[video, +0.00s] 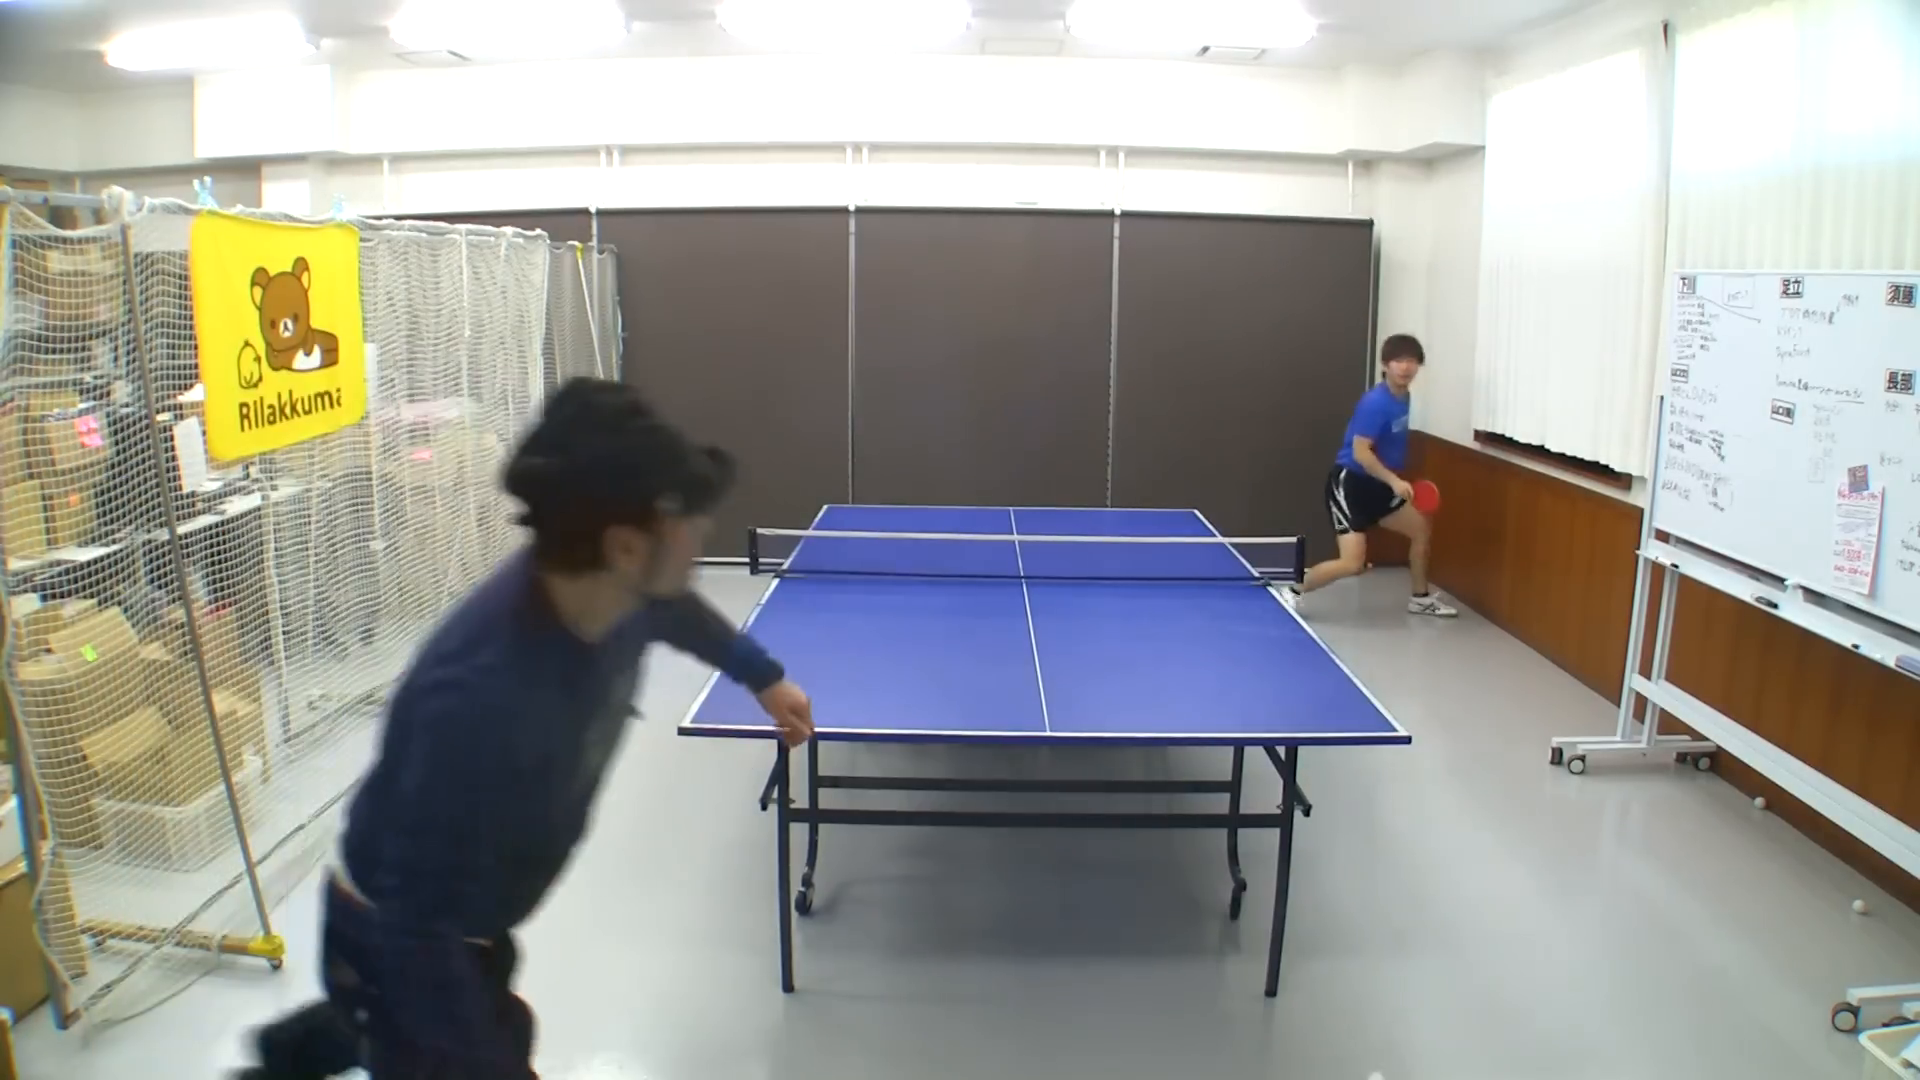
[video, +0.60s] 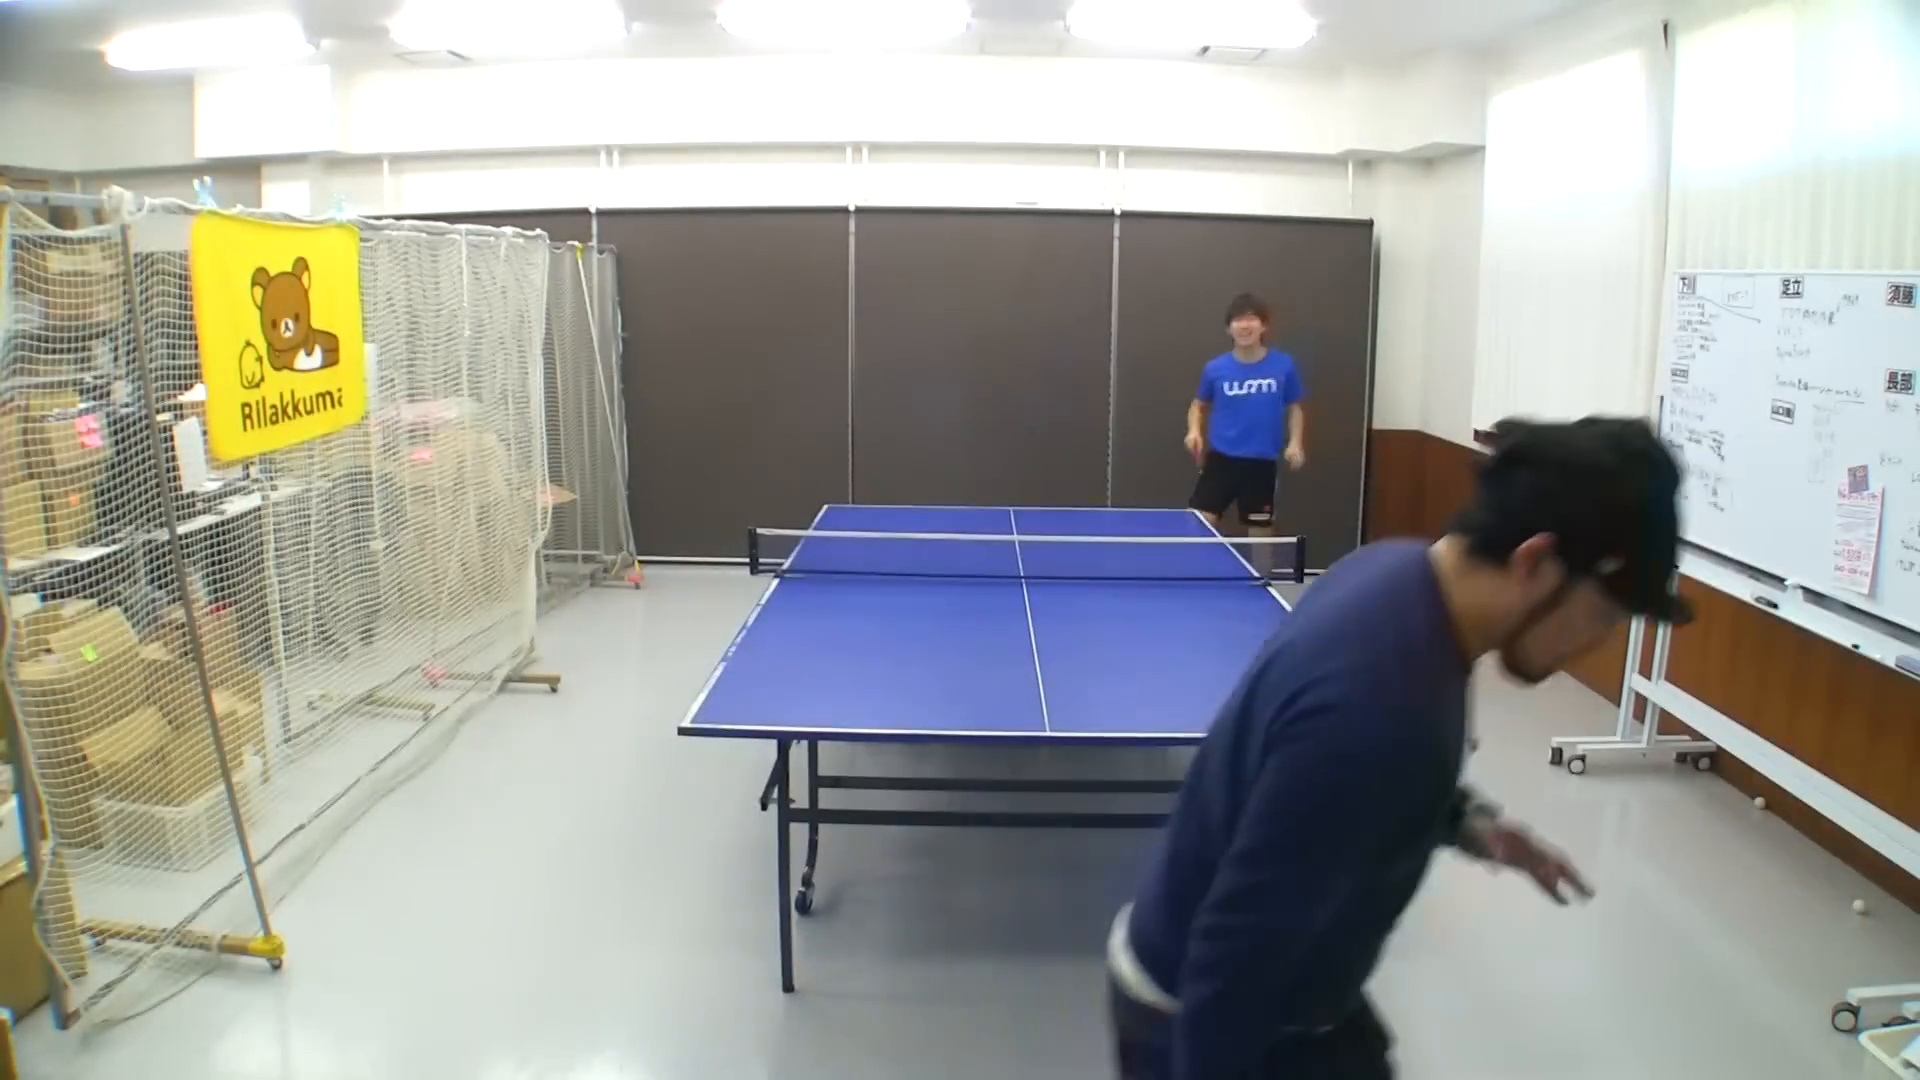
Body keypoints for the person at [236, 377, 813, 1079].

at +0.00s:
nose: (698, 534)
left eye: (692, 515)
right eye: (684, 519)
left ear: (624, 547)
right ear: (625, 548)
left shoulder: (609, 592)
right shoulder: (476, 687)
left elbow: (675, 611)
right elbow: (407, 915)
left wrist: (764, 678)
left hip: (474, 914)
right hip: (401, 942)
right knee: (492, 1061)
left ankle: (294, 1049)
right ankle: (295, 1057)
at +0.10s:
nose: (851, 544)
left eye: (848, 523)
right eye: (839, 526)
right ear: (774, 541)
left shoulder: (700, 576)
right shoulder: (628, 676)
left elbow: (722, 607)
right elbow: (603, 920)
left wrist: (750, 665)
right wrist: (766, 1053)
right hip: (510, 965)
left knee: (654, 1060)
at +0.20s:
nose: (1040, 555)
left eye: (1042, 532)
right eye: (1028, 532)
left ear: (941, 528)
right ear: (954, 531)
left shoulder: (835, 553)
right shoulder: (821, 653)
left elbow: (738, 583)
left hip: (764, 922)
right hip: (663, 954)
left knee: (911, 1054)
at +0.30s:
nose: (1215, 590)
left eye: (1220, 565)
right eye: (1210, 561)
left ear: (1118, 549)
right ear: (1134, 554)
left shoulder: (990, 570)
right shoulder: (1029, 708)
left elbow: (845, 649)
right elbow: (1017, 974)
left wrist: (794, 754)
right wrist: (1139, 1073)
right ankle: (797, 1036)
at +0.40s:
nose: (1383, 649)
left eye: (1390, 623)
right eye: (1379, 618)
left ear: (1304, 600)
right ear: (1308, 602)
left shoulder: (1144, 636)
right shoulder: (1198, 805)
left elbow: (1026, 768)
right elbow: (1125, 1048)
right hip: (1007, 1059)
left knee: (1233, 1065)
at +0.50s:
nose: (1513, 682)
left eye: (1525, 657)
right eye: (1514, 651)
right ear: (1442, 618)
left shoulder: (1294, 629)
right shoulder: (1278, 770)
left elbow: (1198, 815)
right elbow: (1161, 1040)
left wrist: (1316, 919)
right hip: (1109, 1051)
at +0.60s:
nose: (1596, 644)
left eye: (1616, 621)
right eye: (1606, 614)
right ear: (1535, 561)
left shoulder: (1396, 578)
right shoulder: (1367, 714)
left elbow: (1354, 754)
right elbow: (1223, 974)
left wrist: (1471, 825)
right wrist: (1207, 1068)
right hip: (1210, 1021)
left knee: (1372, 1059)